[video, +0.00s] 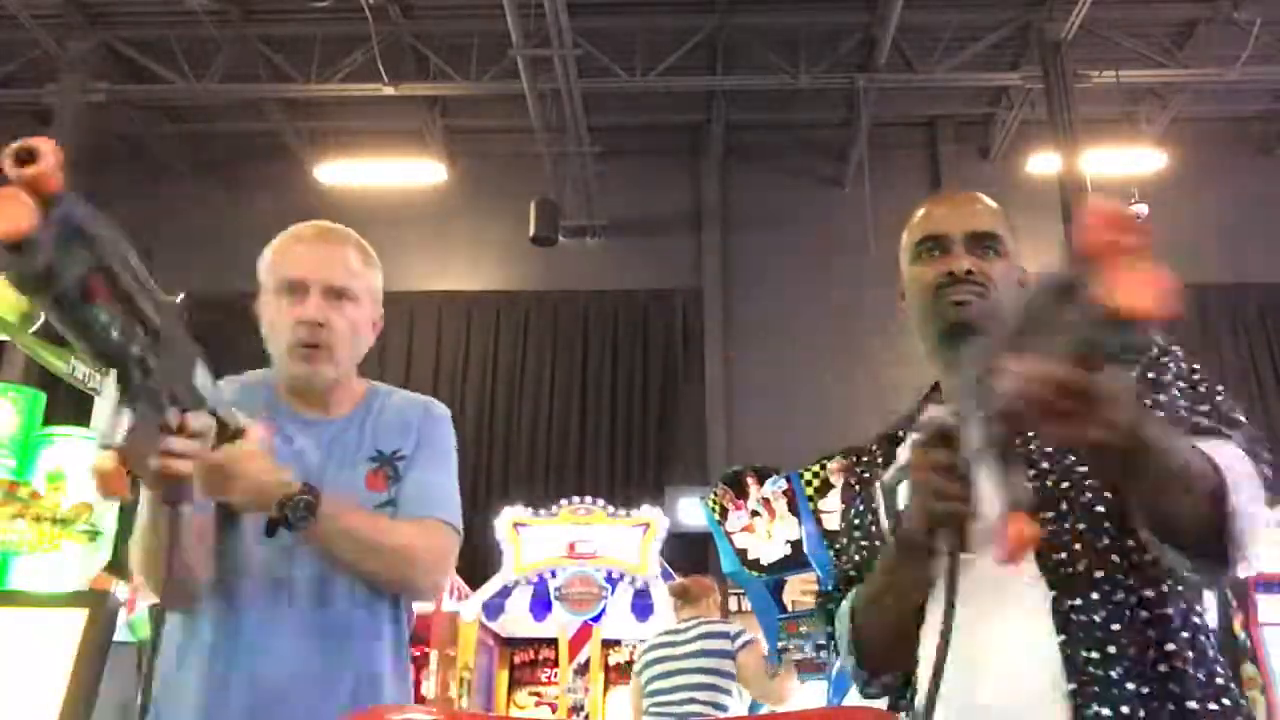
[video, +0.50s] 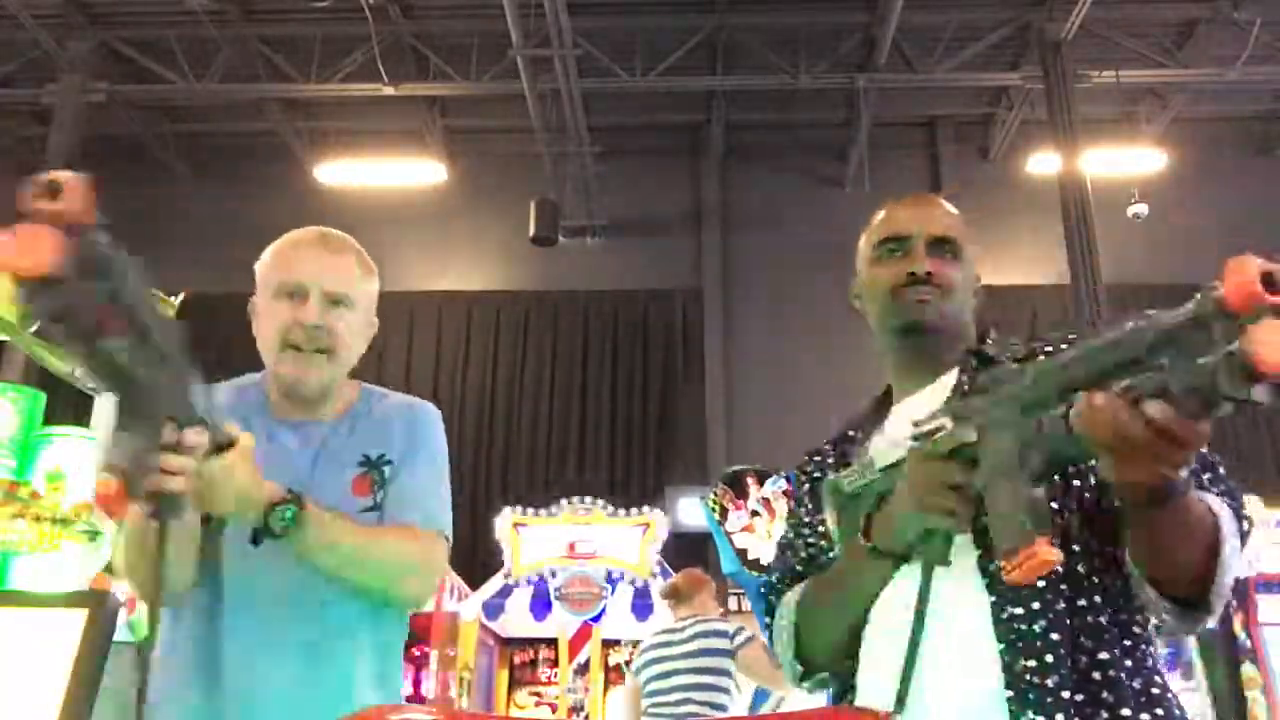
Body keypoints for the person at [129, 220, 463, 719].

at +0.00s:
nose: (312, 314)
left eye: (338, 296)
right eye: (292, 292)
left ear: (374, 323)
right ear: (260, 310)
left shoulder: (419, 422)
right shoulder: (206, 410)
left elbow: (427, 569)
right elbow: (175, 590)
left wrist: (281, 496)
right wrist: (165, 489)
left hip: (354, 708)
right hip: (208, 707)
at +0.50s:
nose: (312, 318)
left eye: (338, 303)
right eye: (292, 296)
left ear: (369, 331)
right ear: (254, 312)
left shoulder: (410, 427)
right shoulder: (194, 415)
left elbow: (417, 576)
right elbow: (156, 585)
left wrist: (265, 504)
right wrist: (167, 499)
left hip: (348, 709)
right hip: (196, 708)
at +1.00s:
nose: (284, 320)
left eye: (310, 302)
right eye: (265, 296)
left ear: (351, 323)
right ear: (236, 310)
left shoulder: (397, 418)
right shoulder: (182, 417)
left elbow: (415, 566)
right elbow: (139, 584)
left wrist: (296, 490)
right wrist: (137, 488)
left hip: (343, 707)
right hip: (193, 707)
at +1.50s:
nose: (304, 347)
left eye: (329, 325)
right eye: (284, 325)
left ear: (373, 337)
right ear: (260, 334)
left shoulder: (430, 447)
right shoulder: (216, 425)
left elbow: (477, 593)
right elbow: (152, 558)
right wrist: (183, 463)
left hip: (365, 710)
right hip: (216, 707)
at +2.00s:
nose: (210, 266)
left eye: (239, 241)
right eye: (188, 241)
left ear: (291, 262)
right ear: (162, 255)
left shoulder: (357, 393)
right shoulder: (111, 368)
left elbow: (393, 570)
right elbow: (28, 525)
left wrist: (329, 648)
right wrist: (66, 413)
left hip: (275, 711)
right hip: (102, 706)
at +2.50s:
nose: (337, 303)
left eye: (361, 285)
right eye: (316, 281)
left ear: (400, 310)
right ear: (286, 300)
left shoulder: (446, 417)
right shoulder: (230, 399)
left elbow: (470, 572)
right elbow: (187, 558)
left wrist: (351, 479)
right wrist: (187, 509)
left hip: (389, 704)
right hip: (241, 702)